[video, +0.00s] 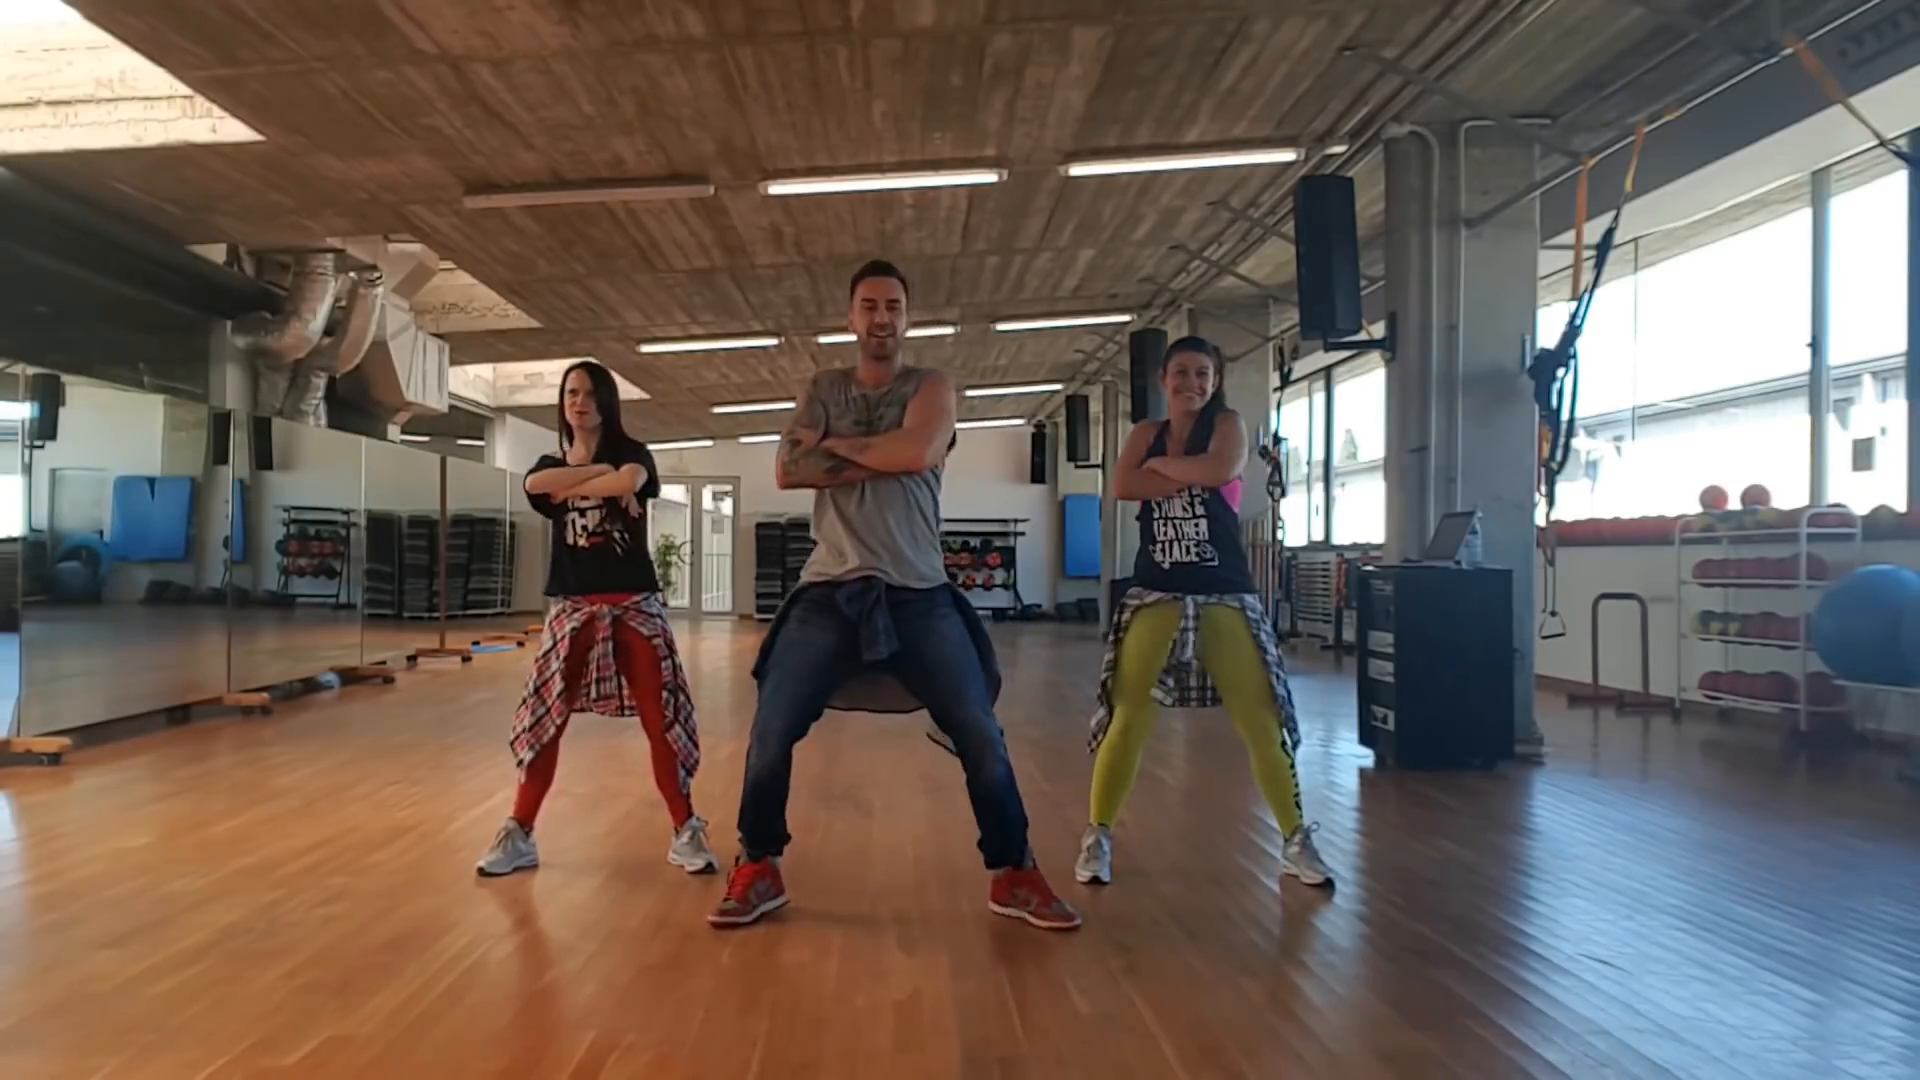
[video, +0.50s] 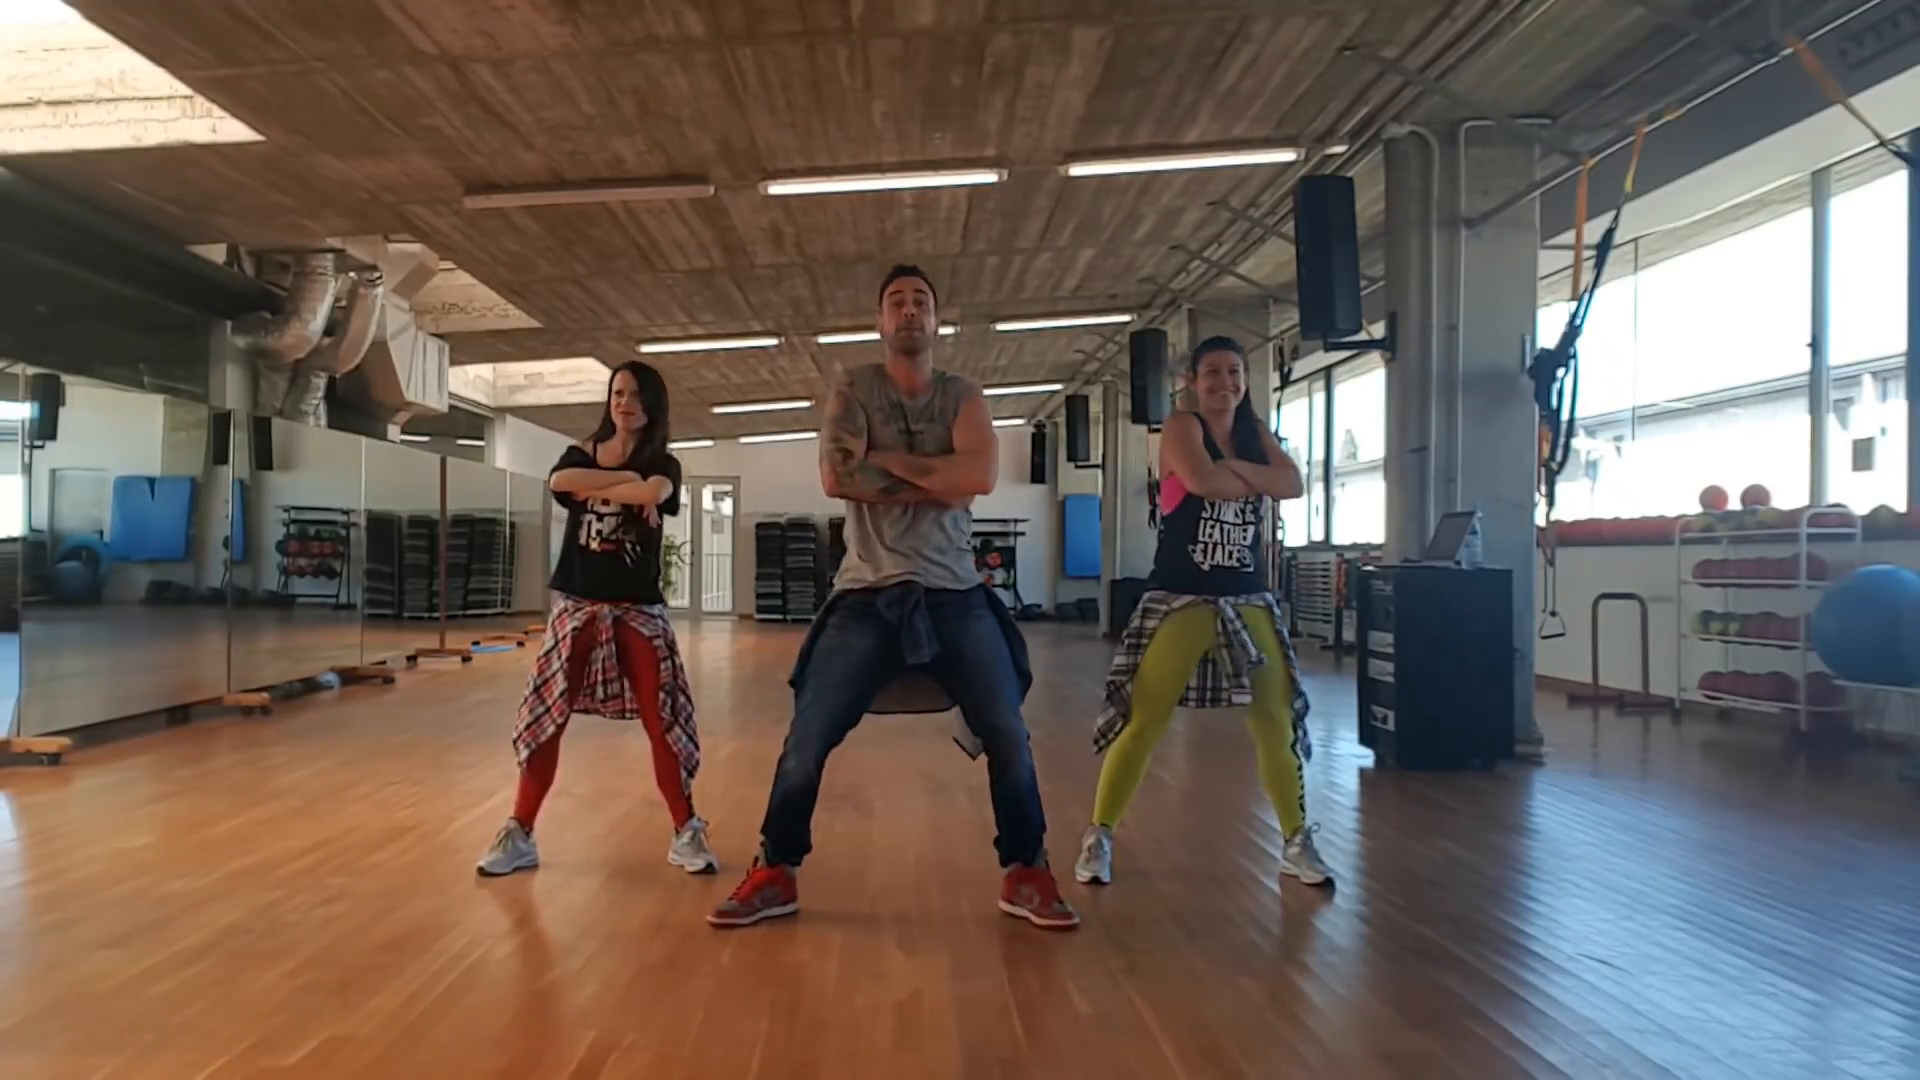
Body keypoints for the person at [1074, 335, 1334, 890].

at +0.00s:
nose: (1190, 381)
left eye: (1201, 373)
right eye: (1181, 372)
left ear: (1215, 383)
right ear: (1163, 380)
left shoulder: (1225, 423)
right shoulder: (1146, 433)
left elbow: (1221, 471)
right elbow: (1122, 486)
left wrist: (1154, 465)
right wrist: (1191, 473)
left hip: (1223, 591)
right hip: (1154, 590)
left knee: (1260, 719)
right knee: (1129, 714)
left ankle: (1296, 841)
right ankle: (1096, 837)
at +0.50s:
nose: (1225, 380)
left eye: (1233, 372)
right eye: (1214, 372)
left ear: (1245, 382)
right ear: (1193, 382)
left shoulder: (1253, 432)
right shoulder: (1181, 426)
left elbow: (1292, 484)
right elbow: (1202, 481)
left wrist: (1231, 466)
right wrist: (1260, 483)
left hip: (1249, 598)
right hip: (1182, 598)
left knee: (1275, 723)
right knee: (1146, 721)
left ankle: (1297, 842)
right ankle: (1099, 838)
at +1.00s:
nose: (1197, 374)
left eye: (1206, 367)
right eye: (1186, 366)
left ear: (1220, 379)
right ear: (1170, 379)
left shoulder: (1236, 426)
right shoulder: (1153, 429)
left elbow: (1257, 464)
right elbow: (1141, 478)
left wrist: (1181, 462)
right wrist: (1220, 476)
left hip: (1233, 591)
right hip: (1164, 591)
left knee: (1264, 714)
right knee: (1138, 717)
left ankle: (1297, 841)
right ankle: (1098, 838)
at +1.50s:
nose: (1225, 380)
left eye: (1232, 371)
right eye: (1213, 372)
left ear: (1246, 384)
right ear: (1193, 387)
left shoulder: (1260, 438)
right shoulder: (1180, 442)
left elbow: (1306, 439)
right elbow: (1122, 459)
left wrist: (1268, 378)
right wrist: (1144, 389)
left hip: (1265, 603)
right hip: (1196, 605)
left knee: (1286, 725)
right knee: (1165, 727)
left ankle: (1284, 843)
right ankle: (1117, 838)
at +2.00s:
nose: (1161, 388)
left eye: (1171, 377)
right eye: (1151, 376)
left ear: (1185, 385)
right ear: (1132, 385)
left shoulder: (1200, 445)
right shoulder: (1112, 441)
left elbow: (1277, 455)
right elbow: (1111, 444)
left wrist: (1264, 386)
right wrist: (1145, 393)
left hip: (1180, 600)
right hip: (1111, 599)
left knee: (1228, 725)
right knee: (1091, 729)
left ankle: (1282, 837)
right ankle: (1076, 841)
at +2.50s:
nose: (1122, 374)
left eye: (1132, 366)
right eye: (1112, 365)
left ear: (1144, 376)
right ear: (1094, 373)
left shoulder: (1161, 433)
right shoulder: (1076, 429)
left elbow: (1238, 442)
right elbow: (1032, 436)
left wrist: (1237, 376)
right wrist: (1061, 374)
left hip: (1154, 592)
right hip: (1087, 592)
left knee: (1176, 711)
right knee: (1082, 719)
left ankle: (1129, 815)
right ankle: (1075, 835)